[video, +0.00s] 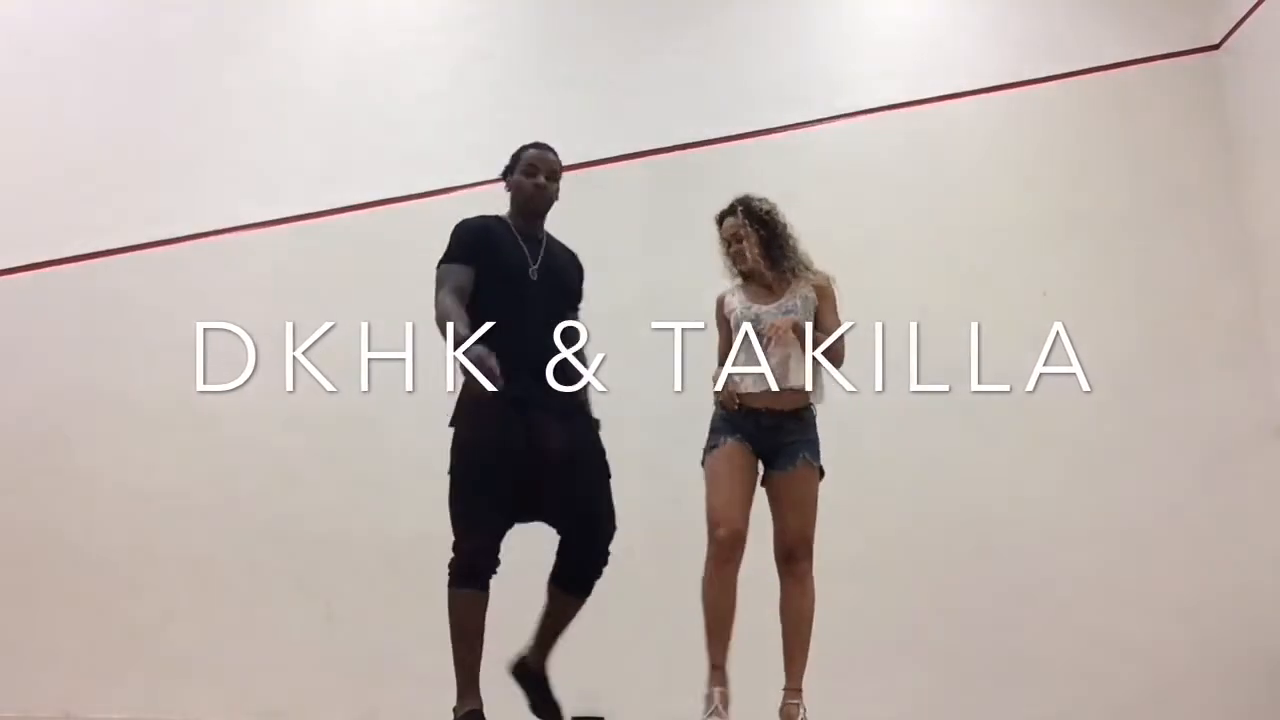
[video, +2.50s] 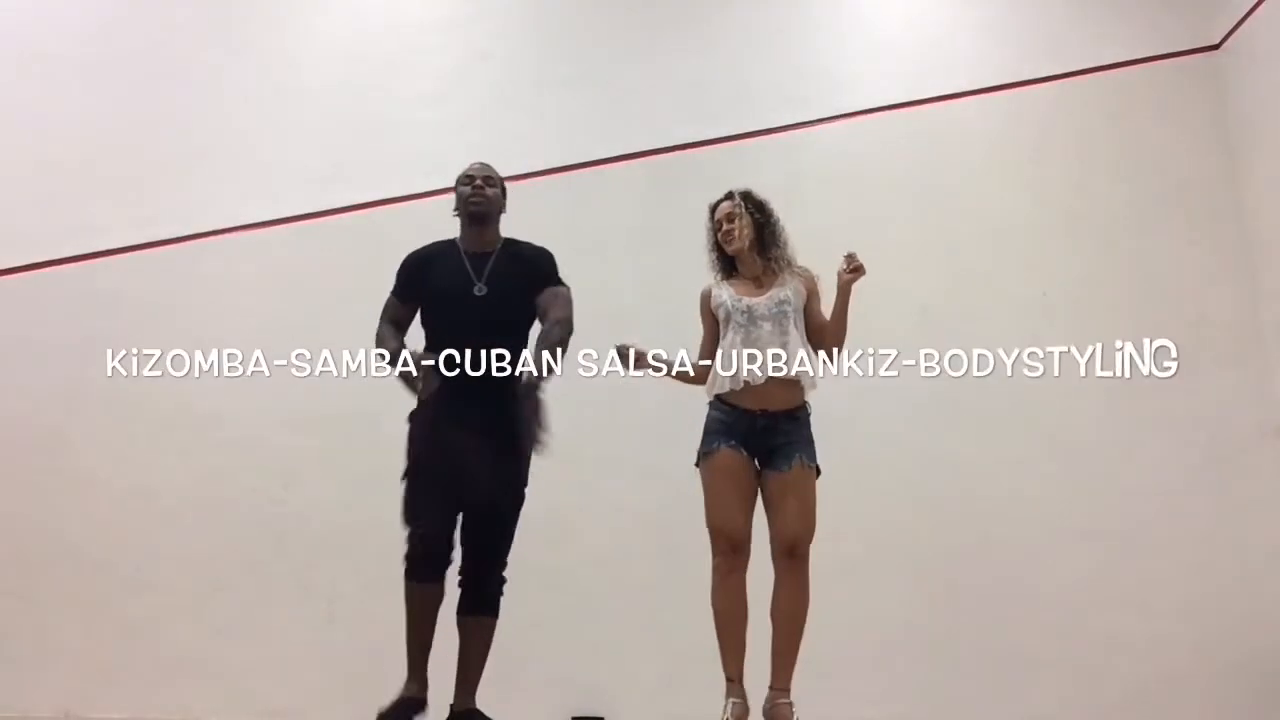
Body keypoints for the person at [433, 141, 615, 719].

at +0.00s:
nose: (538, 181)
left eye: (548, 175)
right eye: (528, 171)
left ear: (560, 189)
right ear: (507, 181)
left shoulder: (567, 263)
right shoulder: (476, 233)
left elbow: (567, 345)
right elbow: (448, 298)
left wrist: (582, 410)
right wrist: (467, 346)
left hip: (561, 423)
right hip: (490, 419)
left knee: (590, 539)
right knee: (474, 552)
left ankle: (535, 661)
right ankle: (468, 699)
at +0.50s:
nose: (569, 204)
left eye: (580, 197)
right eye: (559, 197)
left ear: (598, 213)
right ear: (546, 211)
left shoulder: (615, 284)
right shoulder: (511, 269)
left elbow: (628, 365)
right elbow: (476, 356)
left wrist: (638, 431)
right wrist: (457, 433)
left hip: (585, 441)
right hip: (520, 437)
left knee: (582, 575)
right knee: (506, 560)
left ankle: (559, 704)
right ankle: (480, 698)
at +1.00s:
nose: (506, 211)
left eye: (518, 206)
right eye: (497, 204)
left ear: (533, 222)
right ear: (482, 218)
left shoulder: (561, 278)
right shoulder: (464, 291)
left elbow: (602, 355)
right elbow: (455, 376)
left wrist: (604, 435)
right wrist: (436, 455)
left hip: (564, 446)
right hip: (499, 445)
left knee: (569, 581)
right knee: (464, 576)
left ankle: (560, 707)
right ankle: (440, 703)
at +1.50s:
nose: (478, 208)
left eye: (490, 207)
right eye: (469, 204)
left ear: (502, 230)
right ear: (452, 222)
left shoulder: (520, 288)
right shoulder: (422, 285)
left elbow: (552, 371)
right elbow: (405, 358)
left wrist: (539, 445)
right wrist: (429, 397)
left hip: (505, 428)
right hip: (446, 428)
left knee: (479, 534)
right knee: (437, 557)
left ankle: (507, 670)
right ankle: (437, 703)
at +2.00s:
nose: (501, 210)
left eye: (512, 207)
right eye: (491, 206)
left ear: (526, 230)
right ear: (476, 228)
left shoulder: (543, 300)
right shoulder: (448, 272)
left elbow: (559, 377)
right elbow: (403, 346)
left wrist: (515, 390)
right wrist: (378, 419)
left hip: (504, 456)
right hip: (438, 452)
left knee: (497, 577)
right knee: (425, 569)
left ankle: (465, 703)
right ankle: (432, 689)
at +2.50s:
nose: (478, 185)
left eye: (489, 181)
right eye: (468, 181)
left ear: (505, 200)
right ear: (453, 200)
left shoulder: (533, 261)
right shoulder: (425, 263)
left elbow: (559, 321)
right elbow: (388, 331)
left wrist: (535, 367)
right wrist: (413, 376)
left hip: (503, 434)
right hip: (438, 430)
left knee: (484, 570)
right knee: (425, 558)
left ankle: (465, 702)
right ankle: (415, 687)